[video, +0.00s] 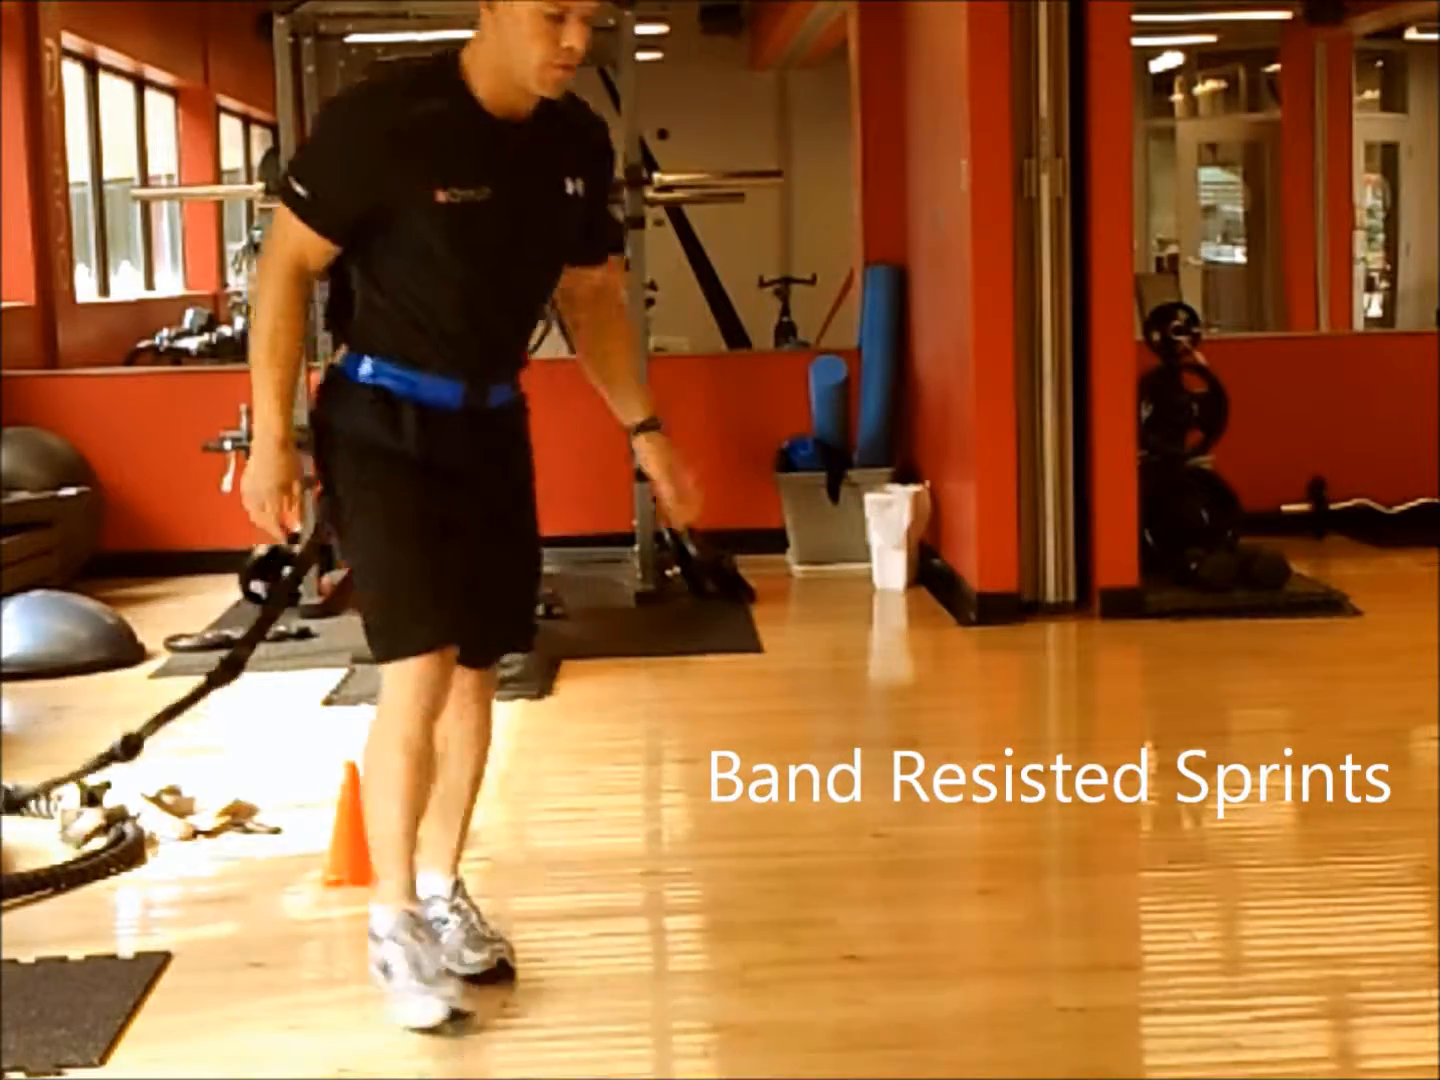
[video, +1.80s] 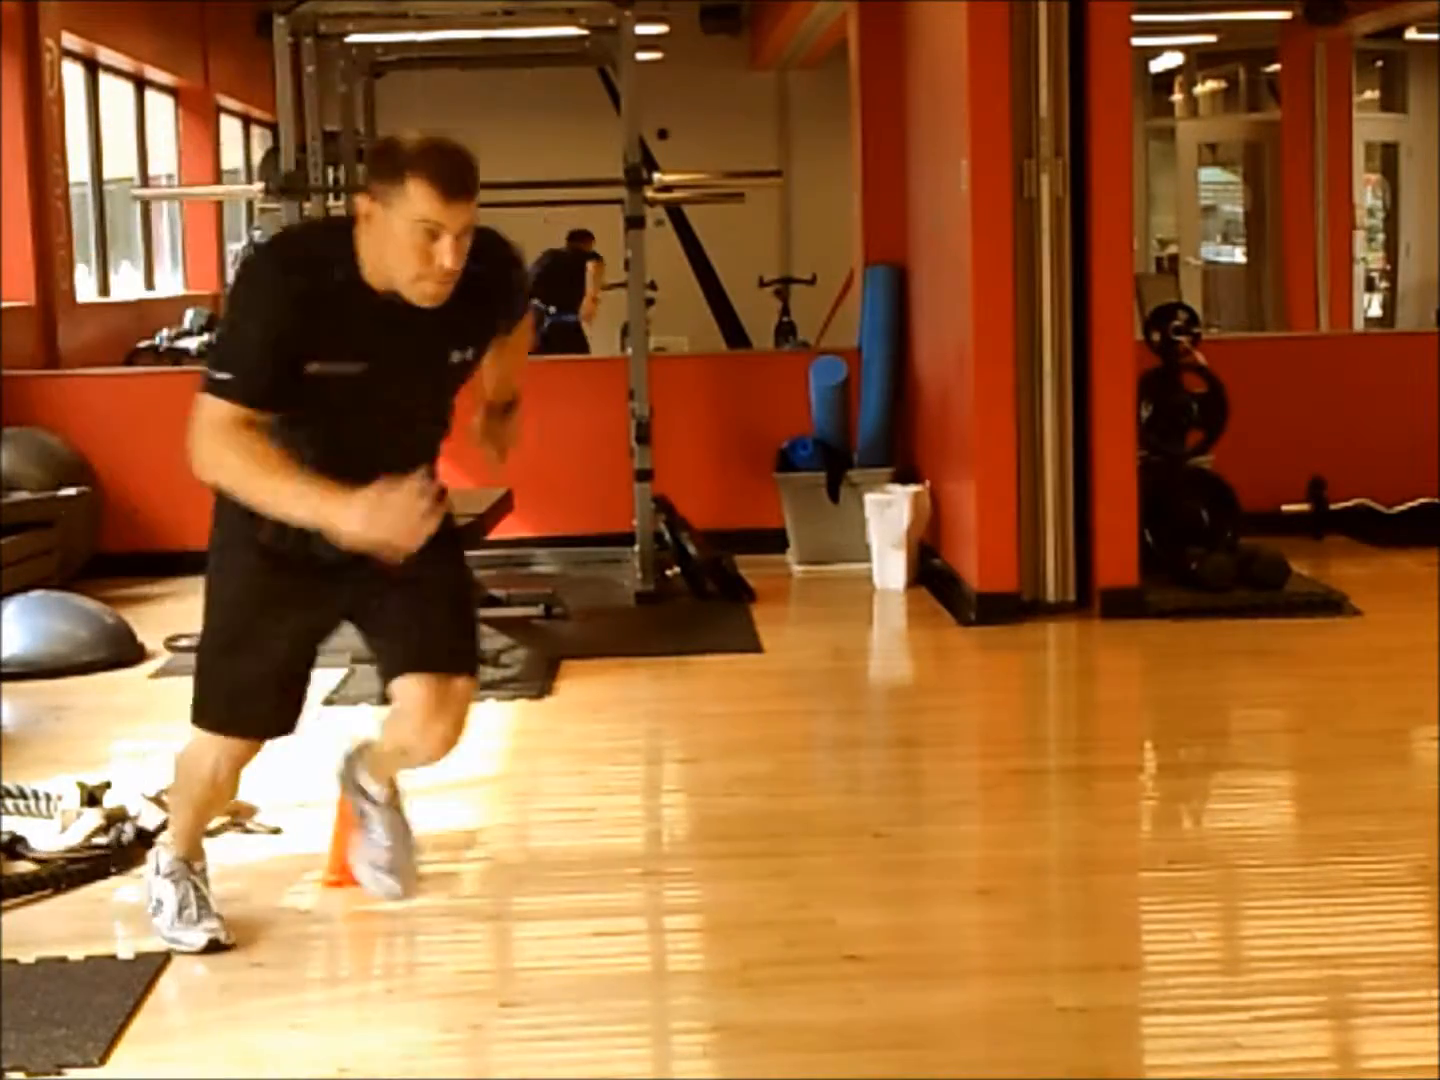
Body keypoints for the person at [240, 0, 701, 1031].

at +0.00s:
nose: (576, 42)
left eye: (589, 24)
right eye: (555, 19)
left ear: (595, 29)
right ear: (491, 11)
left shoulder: (577, 141)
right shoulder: (379, 117)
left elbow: (595, 298)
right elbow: (286, 267)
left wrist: (646, 427)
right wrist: (269, 436)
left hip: (491, 420)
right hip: (381, 415)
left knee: (474, 664)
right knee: (420, 660)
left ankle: (437, 891)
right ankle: (392, 923)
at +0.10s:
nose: (514, 23)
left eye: (520, 5)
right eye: (490, 4)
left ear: (522, 15)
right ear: (429, 11)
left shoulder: (532, 125)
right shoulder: (333, 113)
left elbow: (544, 270)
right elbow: (230, 251)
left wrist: (561, 388)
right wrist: (274, 409)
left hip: (463, 419)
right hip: (347, 416)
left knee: (461, 662)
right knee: (358, 657)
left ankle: (442, 889)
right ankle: (288, 840)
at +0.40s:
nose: (356, 100)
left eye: (368, 79)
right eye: (337, 78)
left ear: (376, 75)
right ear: (277, 63)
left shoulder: (372, 168)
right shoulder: (199, 173)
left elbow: (380, 294)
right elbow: (132, 324)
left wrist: (439, 413)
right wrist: (238, 418)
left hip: (343, 449)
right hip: (224, 460)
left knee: (386, 652)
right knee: (198, 666)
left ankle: (431, 885)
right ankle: (180, 840)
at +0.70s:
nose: (271, 70)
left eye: (280, 49)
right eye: (250, 48)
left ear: (286, 49)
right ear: (191, 42)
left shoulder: (306, 151)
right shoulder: (117, 156)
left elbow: (336, 273)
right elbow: (59, 300)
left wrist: (349, 377)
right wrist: (119, 433)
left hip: (278, 423)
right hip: (168, 430)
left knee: (319, 621)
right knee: (170, 646)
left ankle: (267, 809)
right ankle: (177, 840)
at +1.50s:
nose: (354, 165)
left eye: (368, 147)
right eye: (336, 142)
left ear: (377, 147)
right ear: (282, 129)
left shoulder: (376, 236)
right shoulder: (189, 203)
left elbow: (407, 351)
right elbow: (59, 270)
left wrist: (419, 427)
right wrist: (36, 410)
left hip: (271, 469)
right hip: (171, 455)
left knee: (234, 647)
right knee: (230, 634)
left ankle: (175, 801)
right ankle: (179, 830)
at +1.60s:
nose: (385, 230)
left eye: (396, 208)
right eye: (367, 207)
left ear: (407, 198)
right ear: (309, 187)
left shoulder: (407, 261)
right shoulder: (209, 232)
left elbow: (446, 375)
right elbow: (60, 256)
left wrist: (452, 401)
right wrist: (27, 383)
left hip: (293, 490)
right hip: (191, 472)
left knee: (250, 667)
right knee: (236, 659)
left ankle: (190, 810)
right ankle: (173, 856)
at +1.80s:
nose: (451, 258)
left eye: (463, 235)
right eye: (429, 233)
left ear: (476, 225)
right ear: (367, 214)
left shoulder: (485, 271)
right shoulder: (285, 272)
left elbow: (509, 329)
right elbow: (215, 439)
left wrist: (499, 407)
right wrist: (348, 511)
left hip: (403, 510)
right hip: (274, 517)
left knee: (436, 721)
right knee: (236, 728)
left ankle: (366, 775)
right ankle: (176, 862)